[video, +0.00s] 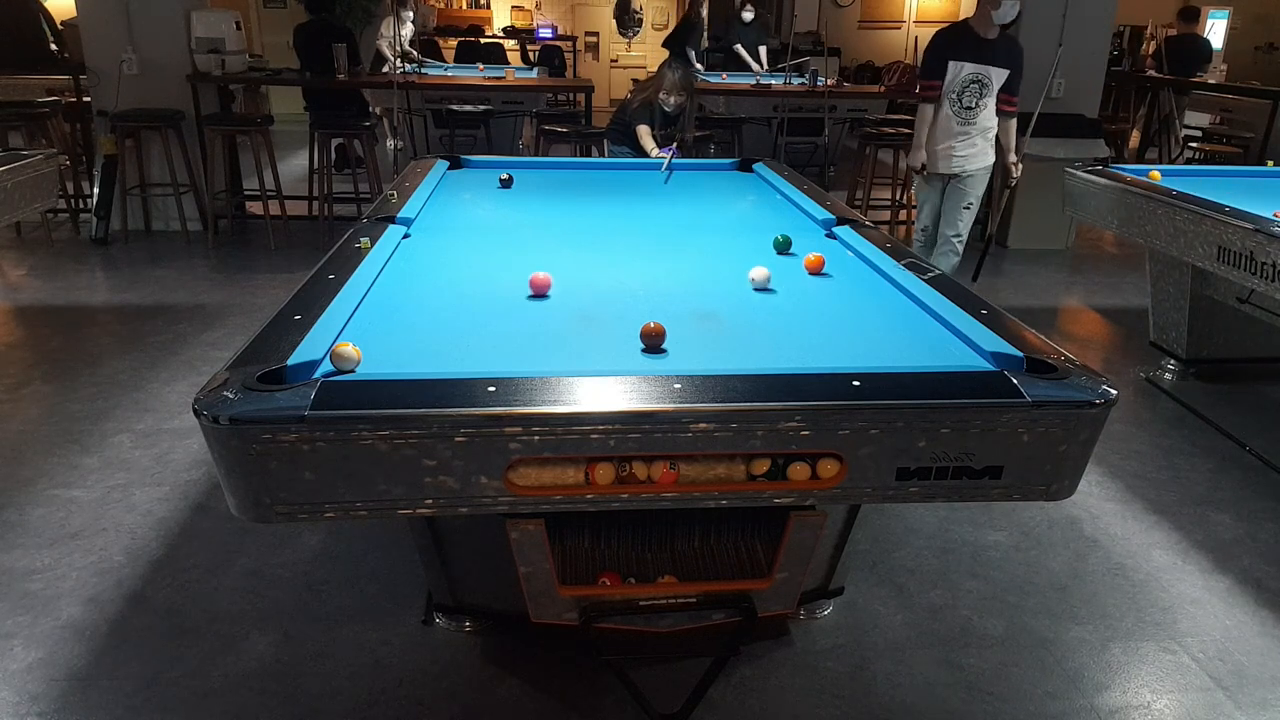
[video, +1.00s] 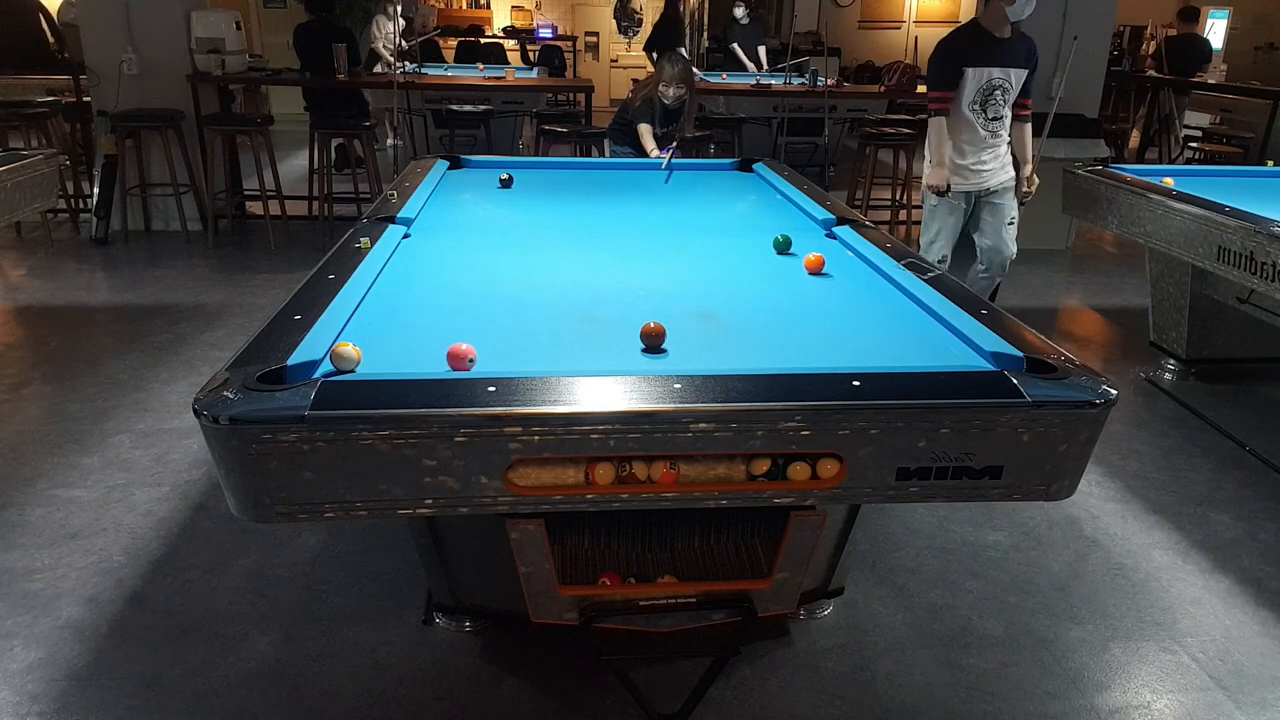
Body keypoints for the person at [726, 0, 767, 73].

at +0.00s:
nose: (747, 15)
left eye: (750, 12)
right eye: (745, 11)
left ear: (754, 14)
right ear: (740, 12)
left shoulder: (758, 26)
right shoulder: (734, 25)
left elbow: (762, 46)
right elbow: (736, 46)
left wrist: (765, 65)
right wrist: (753, 64)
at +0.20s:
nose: (745, 13)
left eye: (748, 10)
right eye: (743, 9)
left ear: (753, 13)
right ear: (739, 11)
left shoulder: (758, 27)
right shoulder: (734, 26)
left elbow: (762, 46)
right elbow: (740, 46)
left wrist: (765, 65)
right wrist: (755, 63)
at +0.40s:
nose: (742, 11)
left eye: (746, 9)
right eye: (740, 8)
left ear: (751, 12)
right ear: (737, 11)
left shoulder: (758, 25)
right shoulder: (733, 24)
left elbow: (762, 45)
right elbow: (738, 45)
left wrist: (765, 65)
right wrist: (753, 62)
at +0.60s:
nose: (740, 11)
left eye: (743, 8)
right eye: (738, 8)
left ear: (750, 12)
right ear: (735, 10)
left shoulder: (757, 25)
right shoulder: (732, 25)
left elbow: (762, 46)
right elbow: (736, 45)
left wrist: (765, 66)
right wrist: (750, 63)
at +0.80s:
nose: (738, 11)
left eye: (742, 8)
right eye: (736, 8)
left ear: (748, 11)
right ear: (734, 10)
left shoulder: (757, 25)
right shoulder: (731, 25)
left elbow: (761, 46)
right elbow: (734, 46)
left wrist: (765, 65)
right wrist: (748, 64)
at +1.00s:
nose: (736, 11)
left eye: (739, 7)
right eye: (735, 7)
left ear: (747, 10)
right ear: (732, 10)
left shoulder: (756, 25)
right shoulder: (730, 25)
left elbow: (761, 46)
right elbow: (734, 46)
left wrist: (765, 66)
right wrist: (748, 64)